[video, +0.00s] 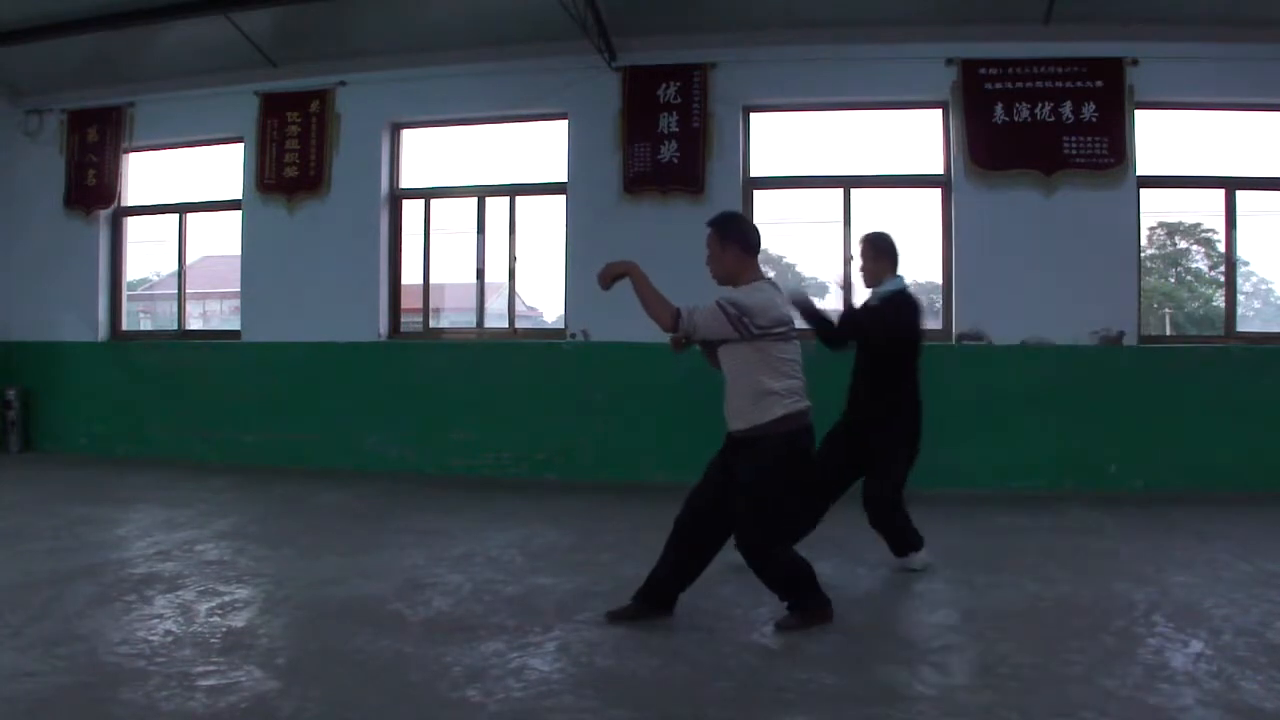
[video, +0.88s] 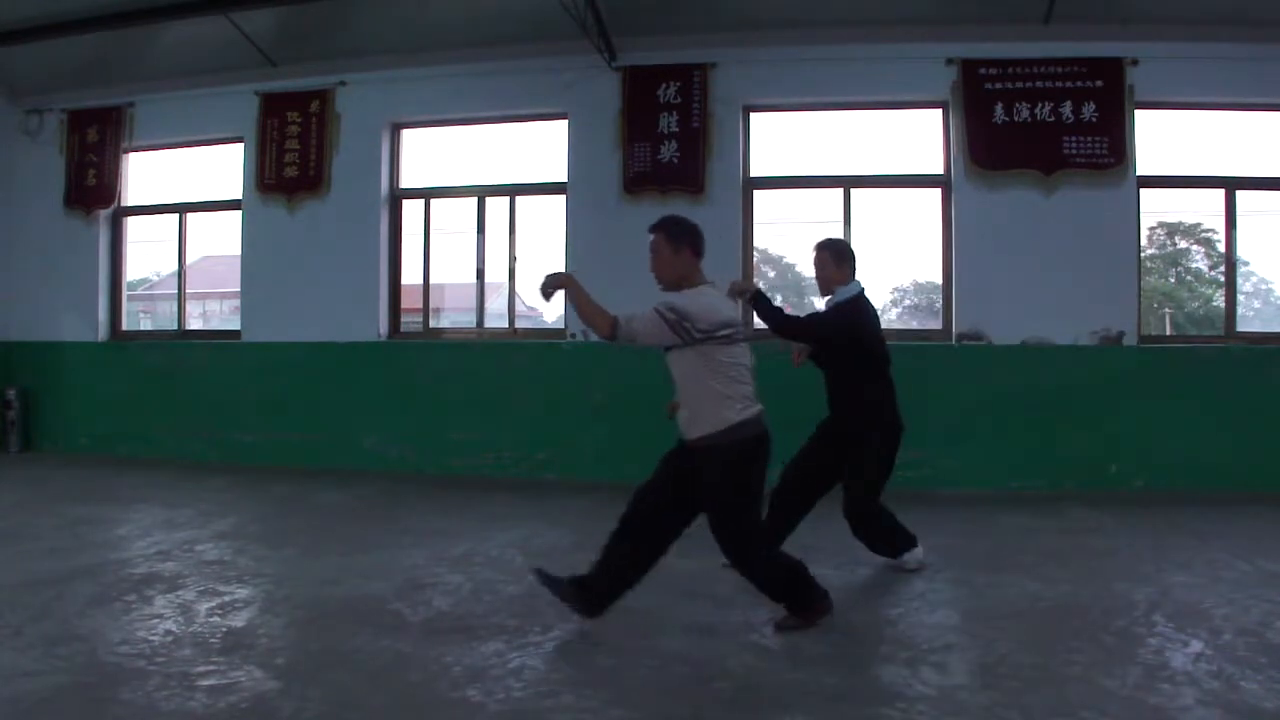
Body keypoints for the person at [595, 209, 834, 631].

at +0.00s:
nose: (708, 262)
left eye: (712, 252)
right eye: (708, 253)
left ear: (735, 251)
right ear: (742, 252)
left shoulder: (752, 302)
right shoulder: (764, 298)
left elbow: (673, 321)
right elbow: (734, 361)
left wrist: (632, 272)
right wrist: (695, 340)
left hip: (777, 441)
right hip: (748, 439)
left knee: (756, 537)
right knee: (698, 523)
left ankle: (812, 605)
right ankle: (654, 601)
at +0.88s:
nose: (651, 264)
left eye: (657, 253)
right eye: (651, 254)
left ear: (686, 254)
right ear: (689, 256)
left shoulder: (695, 308)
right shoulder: (722, 304)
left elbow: (612, 329)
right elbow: (733, 369)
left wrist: (568, 283)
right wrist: (689, 401)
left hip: (732, 445)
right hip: (708, 442)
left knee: (741, 541)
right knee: (650, 517)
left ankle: (809, 601)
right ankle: (593, 594)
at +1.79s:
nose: (346, 244)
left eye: (353, 235)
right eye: (348, 234)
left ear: (375, 239)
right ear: (380, 240)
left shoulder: (396, 299)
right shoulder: (367, 298)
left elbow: (375, 369)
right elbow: (307, 301)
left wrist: (329, 334)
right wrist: (263, 262)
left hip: (384, 431)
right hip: (374, 429)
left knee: (297, 516)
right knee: (370, 525)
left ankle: (240, 604)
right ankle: (406, 613)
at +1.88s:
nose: (327, 246)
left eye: (333, 236)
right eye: (329, 236)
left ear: (358, 238)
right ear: (362, 240)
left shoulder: (369, 296)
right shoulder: (363, 294)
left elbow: (336, 363)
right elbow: (294, 303)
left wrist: (311, 322)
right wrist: (245, 272)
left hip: (353, 429)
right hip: (382, 429)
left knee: (287, 524)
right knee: (363, 528)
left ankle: (227, 614)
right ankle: (405, 613)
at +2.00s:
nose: (282, 251)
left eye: (288, 241)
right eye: (283, 241)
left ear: (311, 243)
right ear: (324, 245)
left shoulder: (303, 300)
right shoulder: (355, 295)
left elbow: (247, 331)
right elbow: (286, 328)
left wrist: (221, 313)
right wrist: (239, 323)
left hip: (312, 428)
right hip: (362, 429)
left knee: (248, 525)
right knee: (342, 530)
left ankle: (213, 623)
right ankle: (399, 614)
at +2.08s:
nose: (254, 261)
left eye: (258, 252)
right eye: (255, 252)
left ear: (278, 254)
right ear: (298, 256)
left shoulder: (271, 299)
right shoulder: (332, 312)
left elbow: (210, 293)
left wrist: (170, 283)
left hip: (288, 448)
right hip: (336, 445)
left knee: (230, 524)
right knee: (327, 536)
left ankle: (211, 623)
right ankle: (398, 611)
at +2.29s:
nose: (222, 282)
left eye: (227, 271)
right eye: (223, 272)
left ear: (251, 272)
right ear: (260, 273)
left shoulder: (289, 320)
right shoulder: (269, 326)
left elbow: (299, 390)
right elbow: (216, 361)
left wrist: (242, 391)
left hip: (297, 450)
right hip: (330, 449)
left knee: (224, 519)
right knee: (325, 546)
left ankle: (210, 622)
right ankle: (390, 618)